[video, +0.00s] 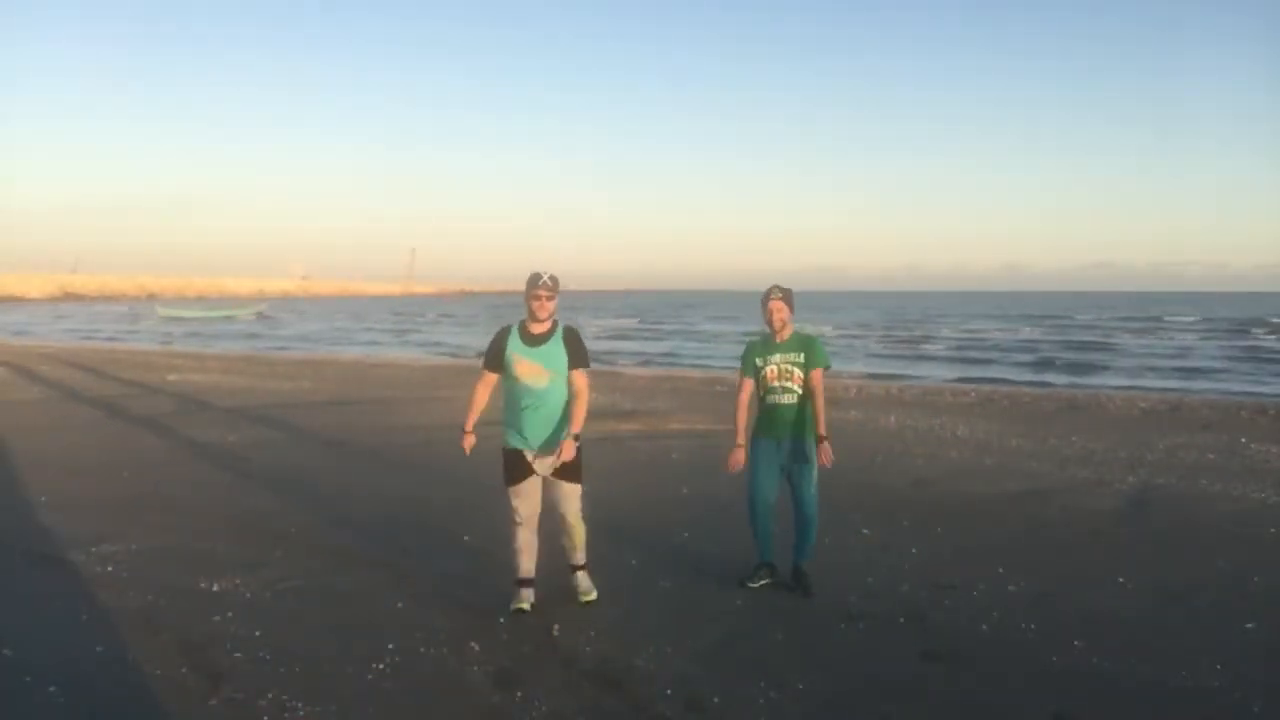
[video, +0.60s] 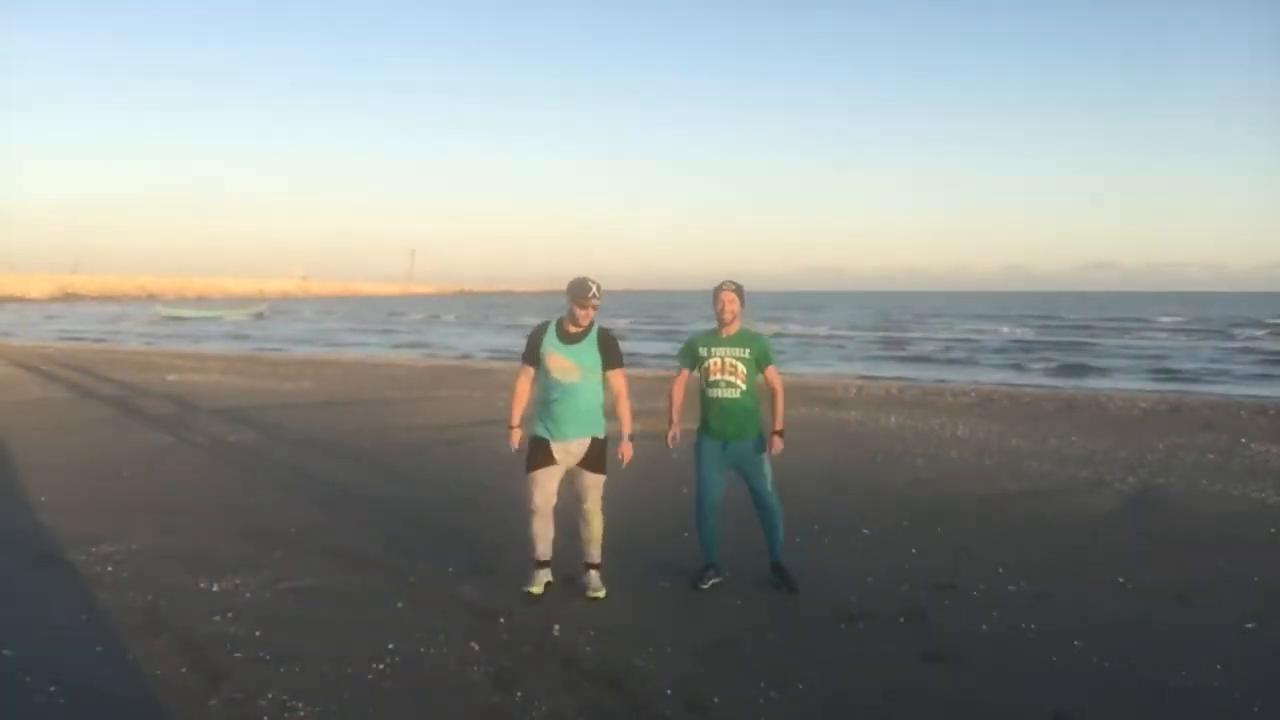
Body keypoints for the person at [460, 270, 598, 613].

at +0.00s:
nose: (542, 304)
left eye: (548, 299)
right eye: (536, 298)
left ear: (556, 301)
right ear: (526, 299)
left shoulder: (569, 338)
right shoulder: (506, 337)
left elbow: (581, 390)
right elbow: (485, 383)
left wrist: (573, 436)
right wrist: (469, 425)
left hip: (562, 443)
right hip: (519, 445)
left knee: (571, 516)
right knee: (523, 519)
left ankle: (580, 572)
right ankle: (524, 589)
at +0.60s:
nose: (586, 313)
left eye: (592, 307)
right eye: (581, 306)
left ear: (598, 308)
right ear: (568, 302)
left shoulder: (604, 341)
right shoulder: (542, 335)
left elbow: (620, 390)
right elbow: (524, 380)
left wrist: (626, 436)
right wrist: (515, 424)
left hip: (591, 438)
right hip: (546, 437)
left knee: (591, 505)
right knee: (540, 503)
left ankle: (593, 570)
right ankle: (542, 568)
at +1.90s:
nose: (594, 305)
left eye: (599, 299)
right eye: (588, 299)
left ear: (606, 301)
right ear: (579, 300)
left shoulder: (621, 331)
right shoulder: (564, 335)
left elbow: (632, 378)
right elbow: (558, 386)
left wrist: (626, 418)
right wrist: (571, 425)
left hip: (615, 428)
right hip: (577, 428)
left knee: (616, 497)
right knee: (572, 497)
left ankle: (615, 559)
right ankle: (567, 557)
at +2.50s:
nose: (582, 310)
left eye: (588, 304)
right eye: (576, 304)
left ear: (595, 306)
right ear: (566, 304)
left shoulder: (610, 337)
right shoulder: (548, 338)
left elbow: (626, 381)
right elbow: (535, 385)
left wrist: (637, 420)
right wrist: (527, 430)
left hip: (601, 434)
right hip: (557, 434)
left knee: (609, 499)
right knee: (541, 495)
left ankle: (614, 560)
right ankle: (524, 556)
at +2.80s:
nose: (552, 313)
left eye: (558, 308)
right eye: (547, 307)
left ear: (564, 309)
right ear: (536, 306)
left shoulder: (575, 340)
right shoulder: (514, 339)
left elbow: (593, 385)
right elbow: (497, 383)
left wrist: (603, 426)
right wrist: (486, 426)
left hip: (567, 436)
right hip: (522, 436)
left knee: (585, 498)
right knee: (513, 501)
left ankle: (604, 559)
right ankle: (504, 563)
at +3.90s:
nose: (510, 324)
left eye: (515, 318)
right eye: (505, 318)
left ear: (524, 315)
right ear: (495, 315)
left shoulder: (538, 338)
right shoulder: (480, 340)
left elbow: (570, 370)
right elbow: (463, 376)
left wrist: (569, 387)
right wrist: (453, 403)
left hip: (531, 439)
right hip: (485, 437)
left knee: (542, 510)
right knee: (472, 505)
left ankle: (549, 565)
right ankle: (470, 573)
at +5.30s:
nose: (524, 316)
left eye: (531, 309)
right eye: (518, 309)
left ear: (540, 310)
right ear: (508, 311)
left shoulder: (560, 340)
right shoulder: (492, 348)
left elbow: (587, 380)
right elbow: (474, 393)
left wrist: (587, 422)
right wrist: (484, 440)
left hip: (562, 450)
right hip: (514, 454)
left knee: (573, 529)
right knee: (499, 525)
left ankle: (581, 606)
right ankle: (481, 576)